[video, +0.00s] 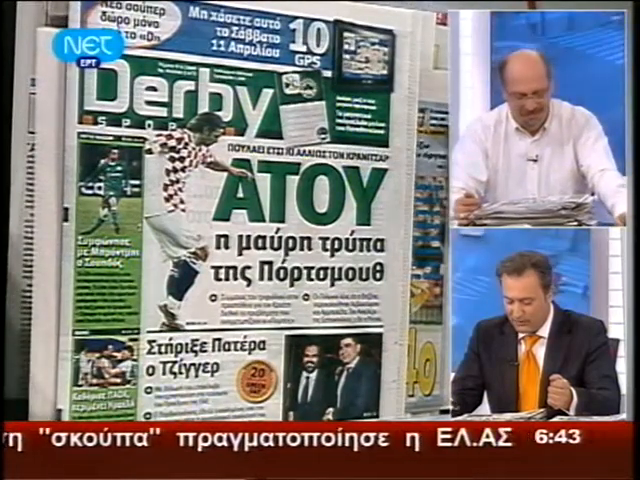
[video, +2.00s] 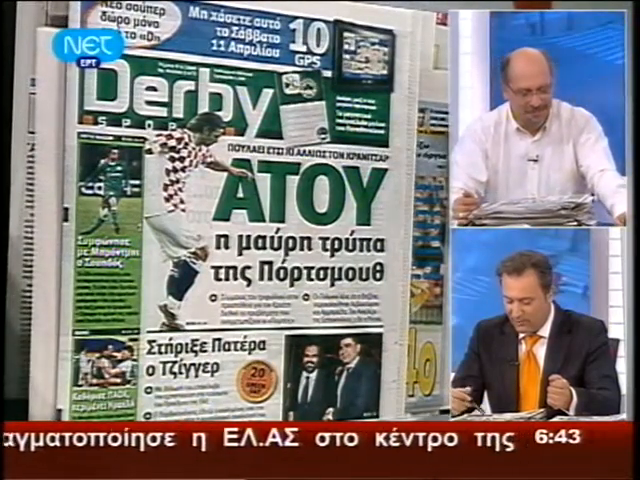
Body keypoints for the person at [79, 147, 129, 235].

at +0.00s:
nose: (115, 156)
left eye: (116, 154)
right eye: (113, 154)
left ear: (118, 155)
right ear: (109, 155)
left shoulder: (122, 165)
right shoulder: (104, 165)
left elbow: (126, 177)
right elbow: (95, 174)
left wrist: (128, 187)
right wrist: (86, 182)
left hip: (118, 189)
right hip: (108, 189)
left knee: (105, 213)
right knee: (113, 205)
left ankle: (91, 230)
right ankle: (116, 225)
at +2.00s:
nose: (115, 156)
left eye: (116, 154)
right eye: (113, 154)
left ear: (118, 155)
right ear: (109, 155)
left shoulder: (122, 165)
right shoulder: (104, 164)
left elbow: (126, 177)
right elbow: (96, 174)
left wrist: (128, 187)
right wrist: (86, 182)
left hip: (118, 189)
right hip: (108, 189)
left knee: (105, 213)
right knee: (113, 205)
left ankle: (90, 231)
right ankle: (116, 225)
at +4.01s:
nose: (115, 156)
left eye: (116, 154)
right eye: (113, 154)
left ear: (118, 155)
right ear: (109, 154)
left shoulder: (122, 165)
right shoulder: (104, 165)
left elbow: (126, 176)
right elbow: (95, 174)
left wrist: (127, 186)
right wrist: (85, 182)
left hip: (118, 190)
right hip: (108, 189)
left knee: (105, 213)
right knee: (113, 205)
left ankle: (91, 230)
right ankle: (116, 225)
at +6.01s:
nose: (115, 156)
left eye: (116, 154)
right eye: (113, 154)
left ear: (118, 155)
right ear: (109, 154)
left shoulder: (122, 165)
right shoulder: (104, 165)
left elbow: (126, 176)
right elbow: (95, 174)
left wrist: (127, 187)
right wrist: (85, 182)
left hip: (118, 190)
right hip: (108, 189)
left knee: (105, 213)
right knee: (113, 205)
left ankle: (91, 230)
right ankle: (116, 226)